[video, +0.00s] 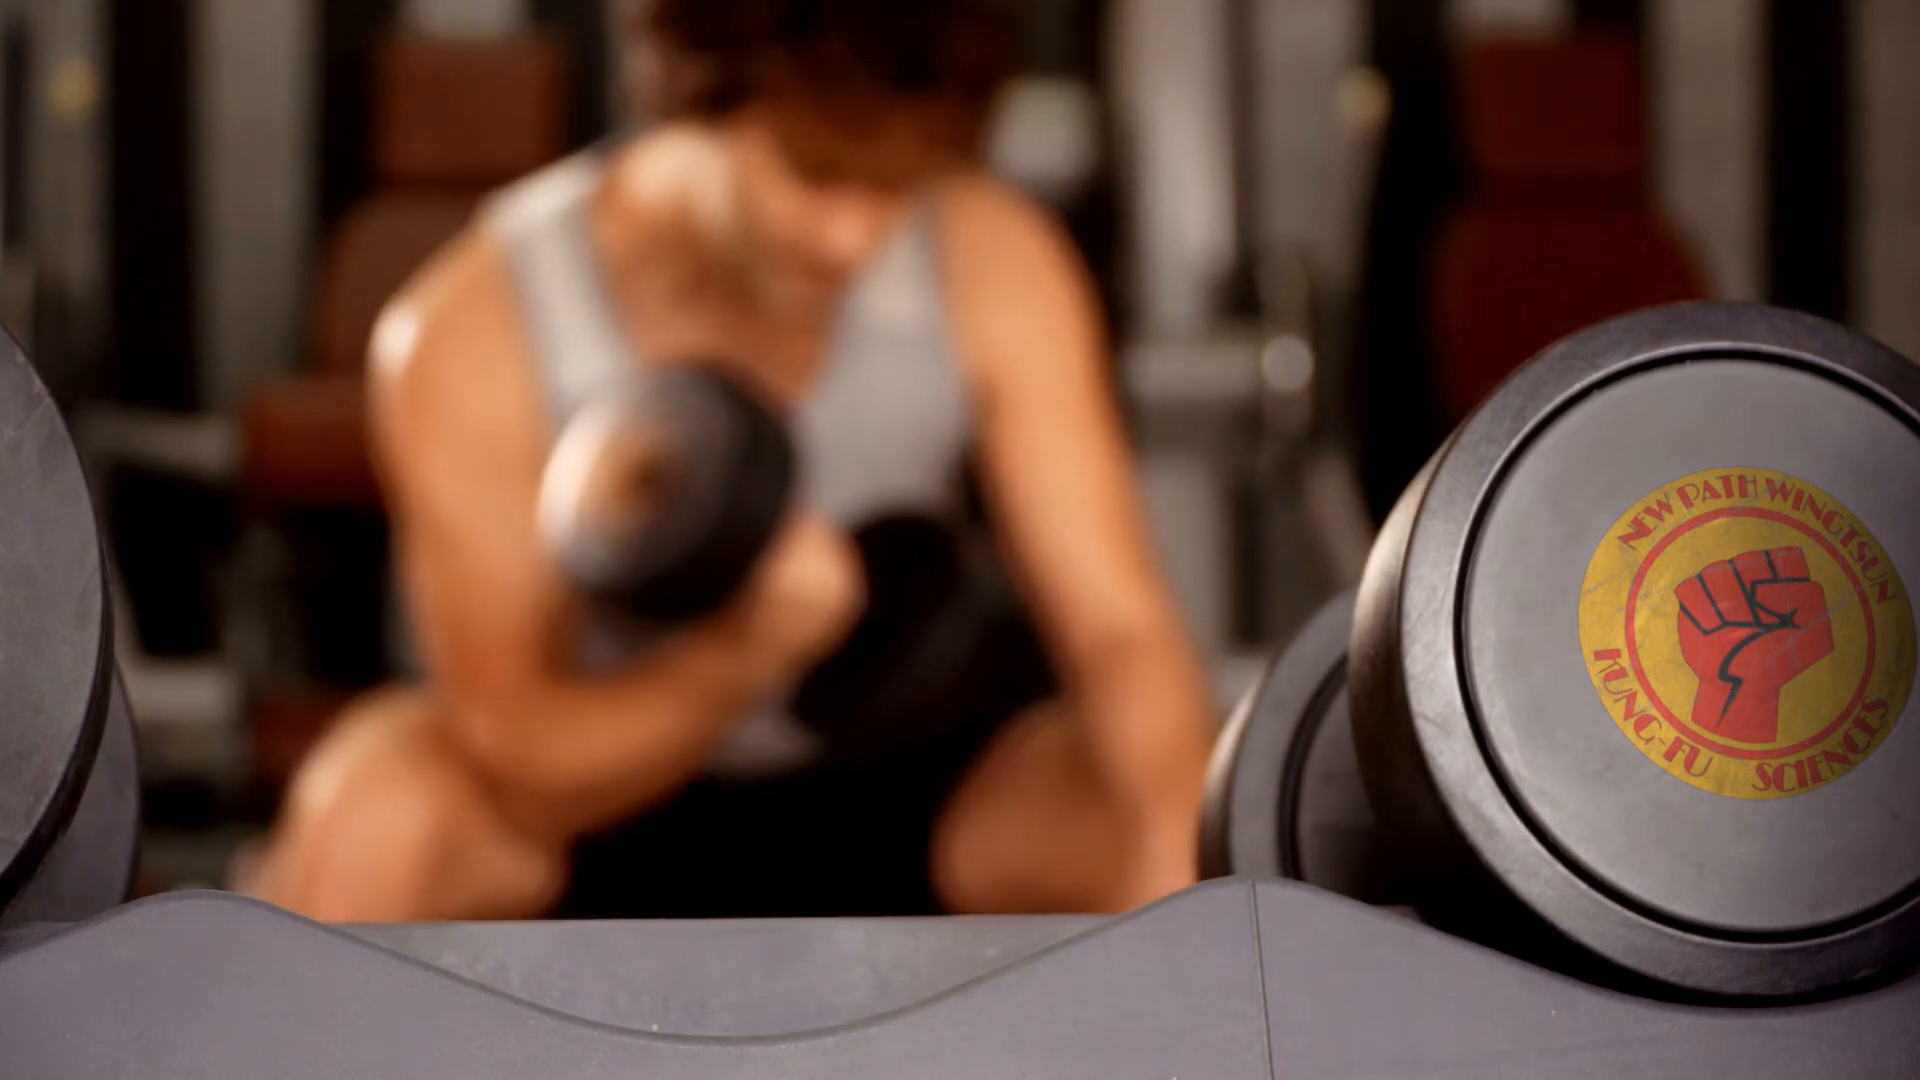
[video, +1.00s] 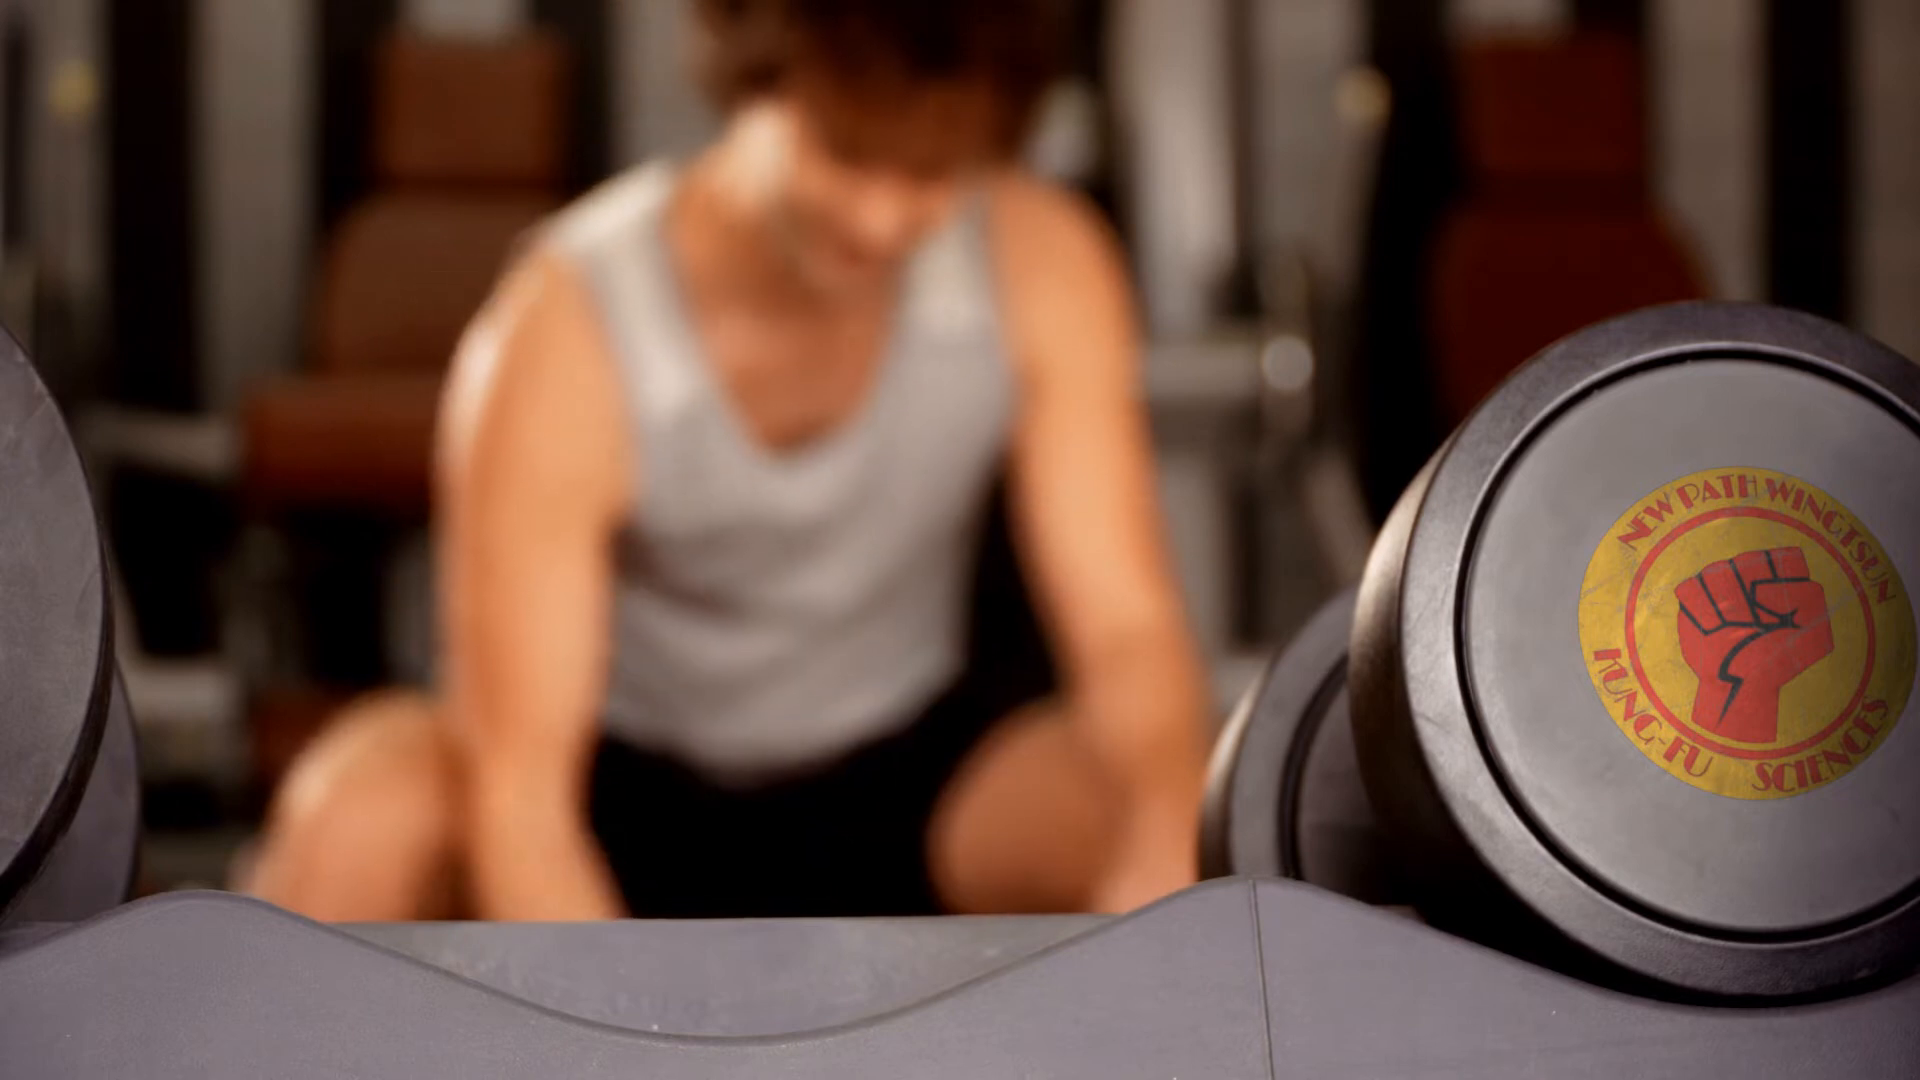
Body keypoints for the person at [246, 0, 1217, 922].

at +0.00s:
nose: (855, 232)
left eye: (901, 182)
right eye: (815, 172)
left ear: (949, 148)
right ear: (708, 101)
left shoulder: (990, 256)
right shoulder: (466, 330)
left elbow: (1119, 633)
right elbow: (529, 769)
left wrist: (1179, 888)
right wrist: (754, 651)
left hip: (890, 782)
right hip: (597, 806)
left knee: (1183, 807)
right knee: (374, 803)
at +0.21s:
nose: (863, 236)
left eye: (905, 186)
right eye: (822, 178)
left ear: (952, 151)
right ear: (715, 115)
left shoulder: (993, 259)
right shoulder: (471, 335)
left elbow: (1122, 637)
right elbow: (537, 780)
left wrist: (1173, 882)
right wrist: (755, 622)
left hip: (900, 780)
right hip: (601, 802)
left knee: (1185, 818)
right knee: (370, 805)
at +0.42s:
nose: (864, 223)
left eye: (911, 173)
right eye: (825, 162)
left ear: (958, 139)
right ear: (719, 89)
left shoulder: (1000, 253)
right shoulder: (483, 325)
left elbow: (1121, 634)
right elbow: (522, 770)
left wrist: (1182, 884)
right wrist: (754, 657)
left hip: (893, 784)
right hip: (598, 807)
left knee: (1173, 805)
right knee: (372, 806)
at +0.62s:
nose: (871, 205)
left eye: (919, 156)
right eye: (837, 145)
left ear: (973, 122)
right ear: (739, 70)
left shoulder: (1016, 249)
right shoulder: (513, 316)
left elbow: (1122, 628)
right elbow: (528, 754)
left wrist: (1172, 862)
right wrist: (840, 750)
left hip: (888, 806)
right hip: (610, 813)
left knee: (1189, 786)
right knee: (368, 783)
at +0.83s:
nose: (875, 204)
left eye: (925, 159)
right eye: (843, 144)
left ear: (989, 126)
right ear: (754, 71)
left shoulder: (1035, 255)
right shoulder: (542, 324)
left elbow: (1123, 633)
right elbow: (516, 756)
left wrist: (1161, 857)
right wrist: (640, 968)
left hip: (902, 780)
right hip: (618, 788)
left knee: (1187, 803)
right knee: (357, 796)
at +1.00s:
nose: (883, 220)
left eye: (933, 174)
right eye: (847, 158)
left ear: (996, 144)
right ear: (755, 81)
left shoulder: (1039, 258)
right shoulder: (559, 335)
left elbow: (1126, 637)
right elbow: (520, 797)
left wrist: (1159, 863)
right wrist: (627, 1051)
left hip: (902, 786)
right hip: (623, 796)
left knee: (1179, 803)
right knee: (361, 796)